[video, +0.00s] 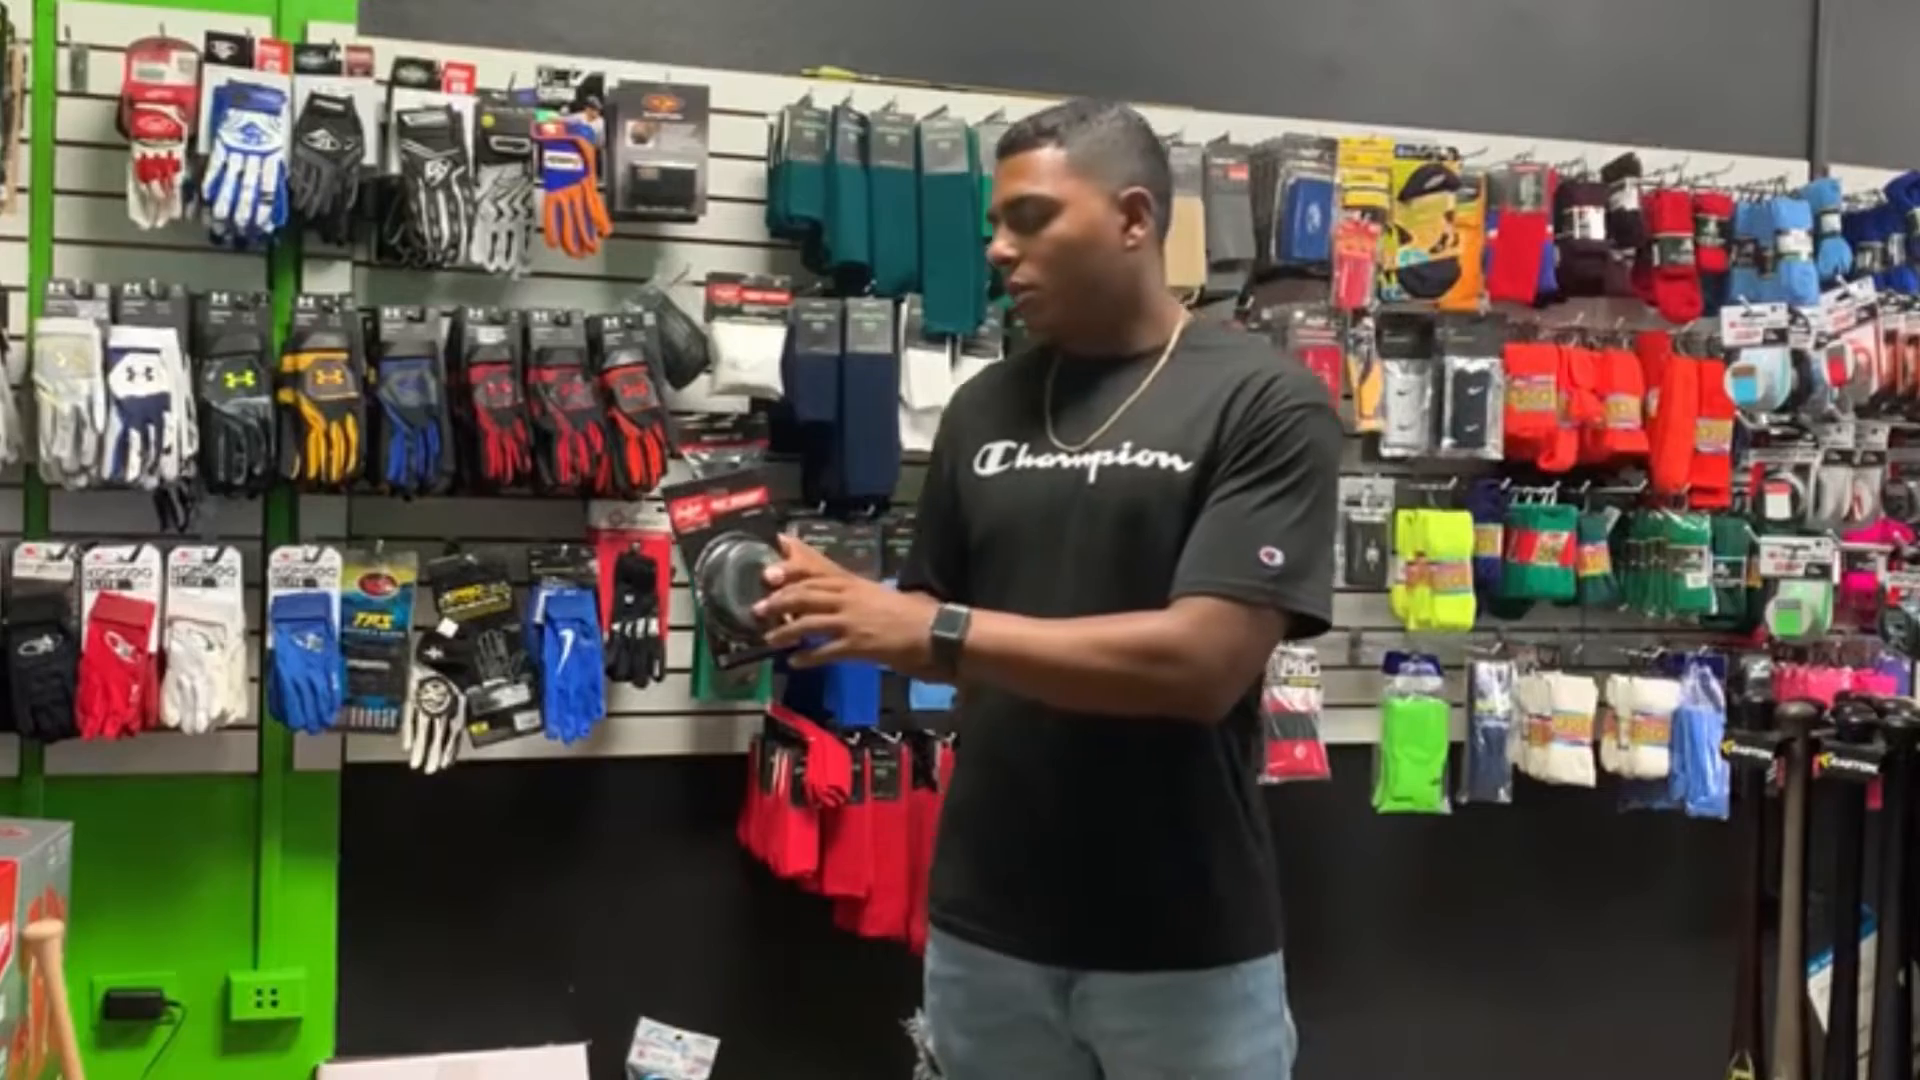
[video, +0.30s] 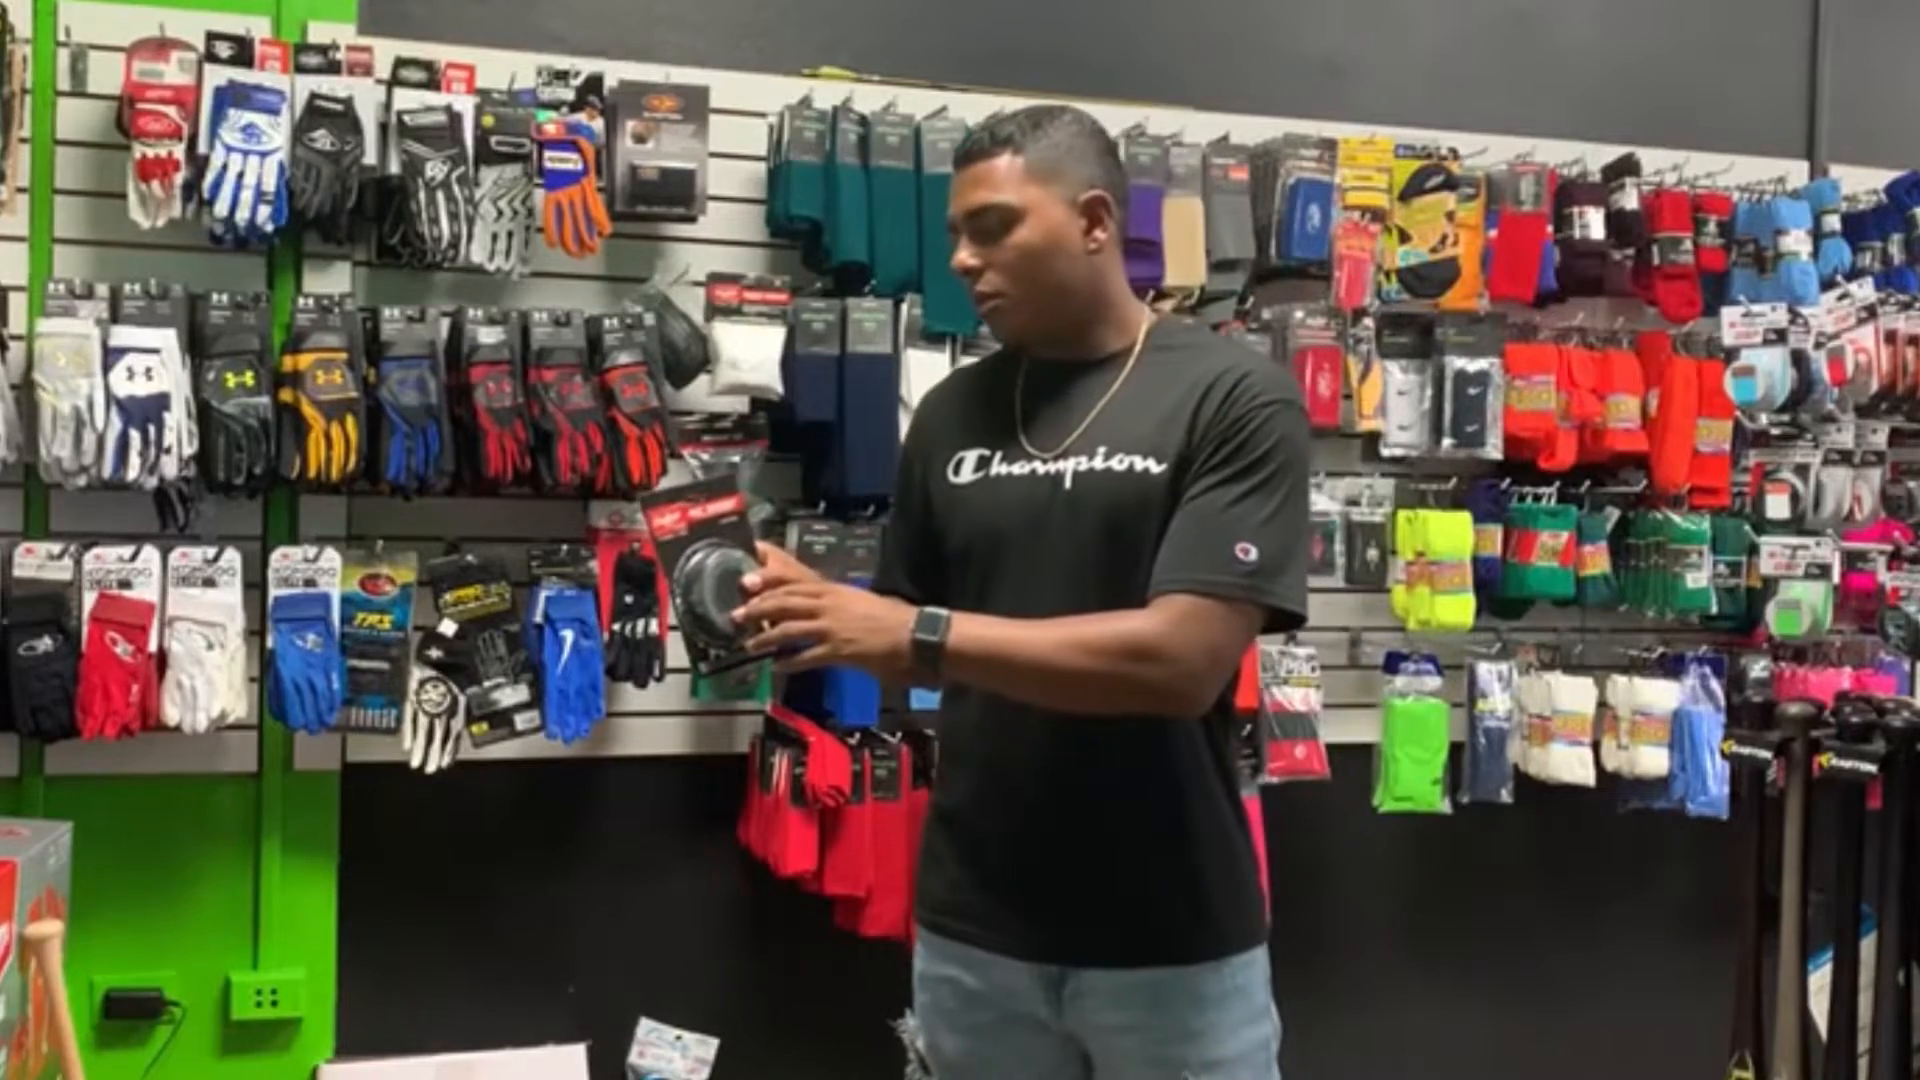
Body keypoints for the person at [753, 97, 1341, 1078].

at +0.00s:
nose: (998, 252)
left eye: (1030, 217)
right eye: (996, 226)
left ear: (1137, 217)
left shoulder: (1266, 401)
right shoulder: (981, 408)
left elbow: (1205, 665)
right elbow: (954, 644)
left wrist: (927, 628)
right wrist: (840, 607)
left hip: (1185, 942)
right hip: (988, 931)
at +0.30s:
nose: (963, 261)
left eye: (992, 226)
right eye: (957, 237)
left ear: (1096, 221)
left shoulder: (1235, 394)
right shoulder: (949, 415)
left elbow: (1183, 662)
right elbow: (920, 651)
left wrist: (906, 631)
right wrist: (813, 614)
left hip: (1173, 939)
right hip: (974, 930)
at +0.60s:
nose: (970, 257)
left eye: (999, 222)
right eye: (965, 232)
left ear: (1104, 220)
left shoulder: (1243, 395)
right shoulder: (954, 414)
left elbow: (1190, 662)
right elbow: (924, 651)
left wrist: (916, 630)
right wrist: (819, 611)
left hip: (1179, 943)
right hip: (978, 934)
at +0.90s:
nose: (1014, 245)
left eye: (1047, 211)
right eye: (1016, 218)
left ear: (1153, 216)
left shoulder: (1288, 398)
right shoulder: (998, 410)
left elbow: (1227, 658)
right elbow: (964, 649)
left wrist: (954, 624)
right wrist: (856, 600)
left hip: (1211, 943)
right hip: (1008, 933)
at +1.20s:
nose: (1098, 236)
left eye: (1131, 202)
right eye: (1100, 209)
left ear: (1234, 210)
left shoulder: (1373, 395)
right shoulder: (1077, 404)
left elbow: (1299, 657)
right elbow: (1037, 651)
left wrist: (1022, 616)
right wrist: (929, 600)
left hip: (1282, 952)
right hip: (1074, 940)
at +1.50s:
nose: (1190, 230)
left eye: (1224, 197)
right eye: (1190, 202)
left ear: (1333, 213)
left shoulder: (1469, 401)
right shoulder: (1158, 406)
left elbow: (1382, 663)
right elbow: (1115, 659)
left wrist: (1098, 617)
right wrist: (995, 597)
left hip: (1363, 965)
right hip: (1148, 947)